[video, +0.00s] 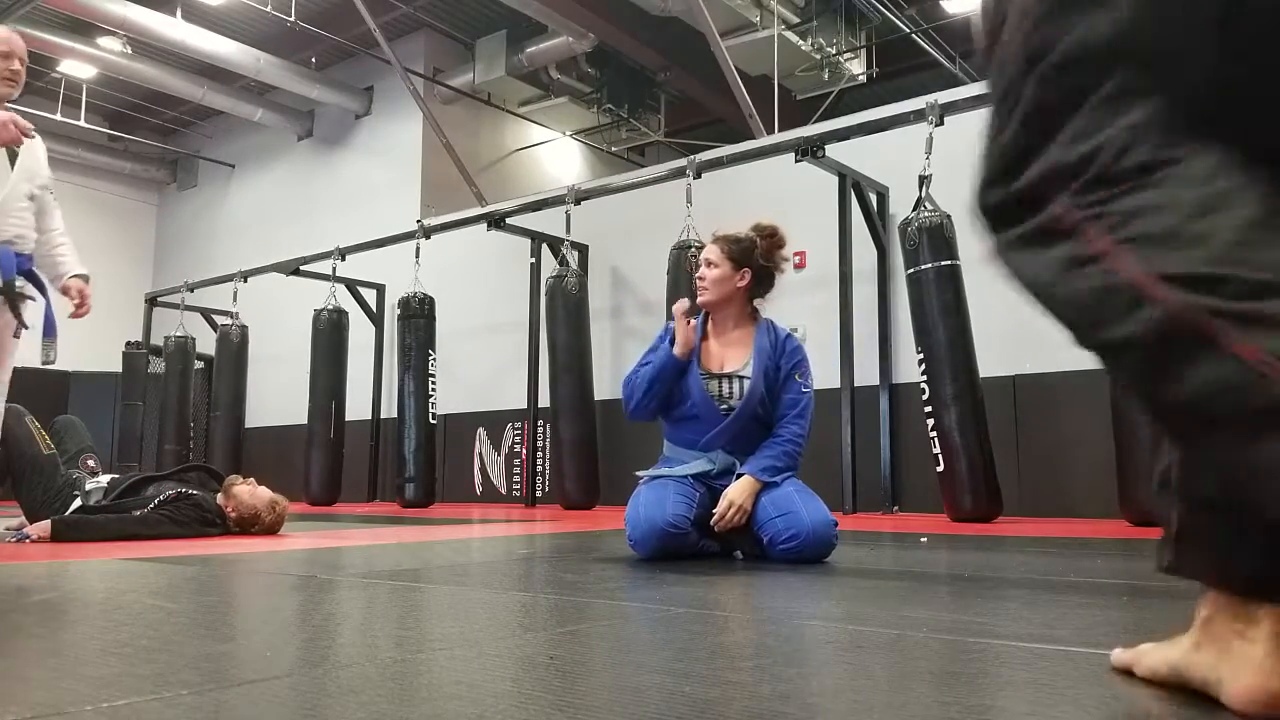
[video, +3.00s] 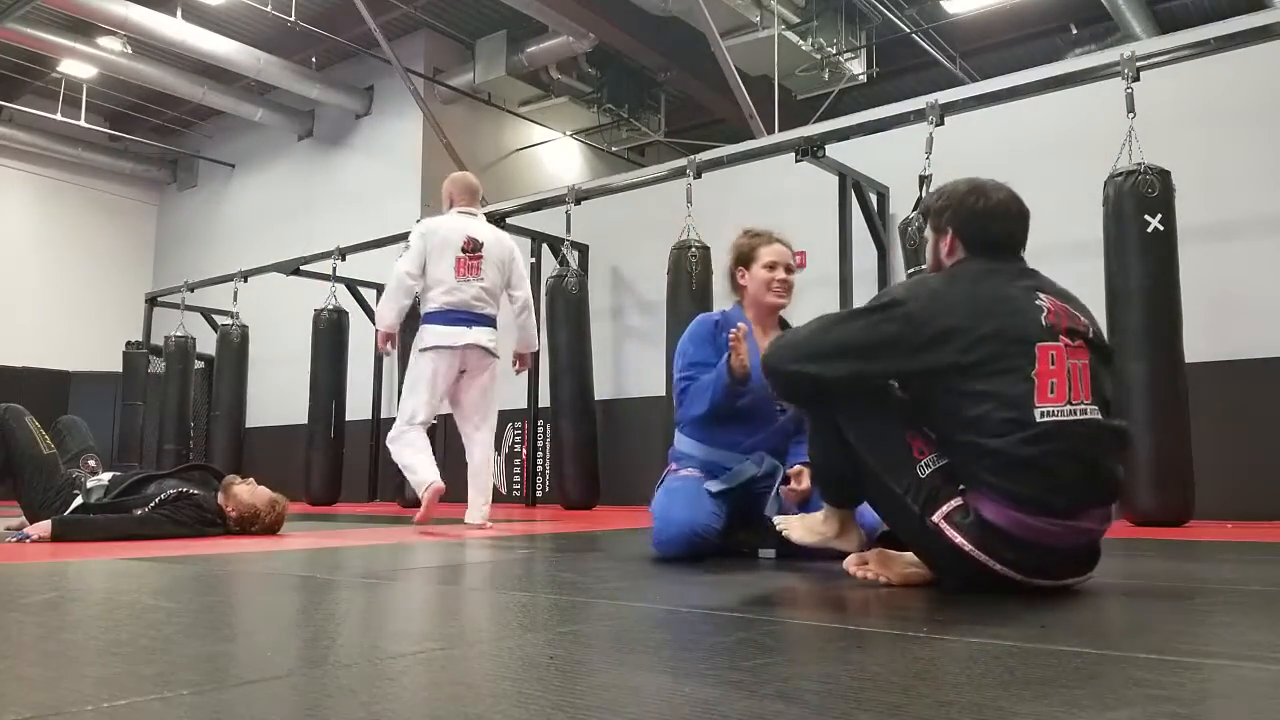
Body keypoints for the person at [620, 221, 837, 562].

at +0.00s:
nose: (698, 274)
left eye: (710, 266)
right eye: (700, 265)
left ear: (742, 278)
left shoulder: (783, 347)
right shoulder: (678, 335)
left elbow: (791, 433)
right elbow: (636, 406)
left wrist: (751, 481)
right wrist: (679, 352)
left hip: (760, 475)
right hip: (682, 474)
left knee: (812, 536)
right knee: (651, 533)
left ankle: (741, 536)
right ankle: (718, 542)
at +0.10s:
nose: (700, 275)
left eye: (712, 266)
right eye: (702, 266)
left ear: (745, 278)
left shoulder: (786, 347)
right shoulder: (676, 340)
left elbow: (793, 431)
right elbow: (629, 414)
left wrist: (753, 480)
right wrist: (671, 396)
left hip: (760, 475)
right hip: (682, 475)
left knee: (812, 536)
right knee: (651, 533)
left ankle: (742, 536)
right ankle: (717, 542)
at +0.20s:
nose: (701, 274)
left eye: (713, 266)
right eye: (702, 266)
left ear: (746, 278)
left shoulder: (788, 348)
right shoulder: (674, 344)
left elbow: (796, 429)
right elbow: (638, 410)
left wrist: (757, 477)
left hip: (760, 476)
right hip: (684, 477)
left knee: (813, 536)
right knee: (652, 533)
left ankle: (741, 536)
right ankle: (712, 542)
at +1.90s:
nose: (712, 267)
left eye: (715, 260)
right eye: (700, 258)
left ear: (720, 269)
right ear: (667, 268)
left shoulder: (744, 328)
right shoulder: (635, 345)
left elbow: (773, 406)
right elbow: (613, 437)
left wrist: (753, 477)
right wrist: (629, 421)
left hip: (755, 467)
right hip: (679, 476)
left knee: (807, 540)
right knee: (648, 536)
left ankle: (744, 539)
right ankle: (719, 541)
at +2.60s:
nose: (731, 267)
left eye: (733, 260)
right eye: (719, 257)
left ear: (736, 268)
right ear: (686, 265)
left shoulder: (759, 331)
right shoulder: (650, 339)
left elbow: (786, 420)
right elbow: (633, 429)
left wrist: (776, 483)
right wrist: (654, 395)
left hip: (763, 472)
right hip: (688, 480)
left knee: (854, 527)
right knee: (655, 537)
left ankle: (752, 536)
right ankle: (726, 541)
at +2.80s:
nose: (756, 270)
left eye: (759, 263)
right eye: (743, 261)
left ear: (765, 271)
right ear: (712, 270)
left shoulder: (785, 340)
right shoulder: (680, 334)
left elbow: (802, 418)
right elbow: (662, 417)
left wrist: (798, 469)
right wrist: (697, 383)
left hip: (772, 478)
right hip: (695, 478)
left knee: (832, 525)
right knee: (662, 538)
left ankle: (758, 530)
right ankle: (727, 538)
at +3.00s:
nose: (782, 277)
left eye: (788, 270)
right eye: (770, 268)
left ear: (795, 280)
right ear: (742, 276)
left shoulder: (799, 345)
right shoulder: (708, 329)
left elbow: (803, 421)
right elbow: (688, 405)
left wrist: (800, 461)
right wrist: (731, 374)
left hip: (777, 476)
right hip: (702, 472)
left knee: (867, 525)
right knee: (680, 537)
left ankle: (764, 532)